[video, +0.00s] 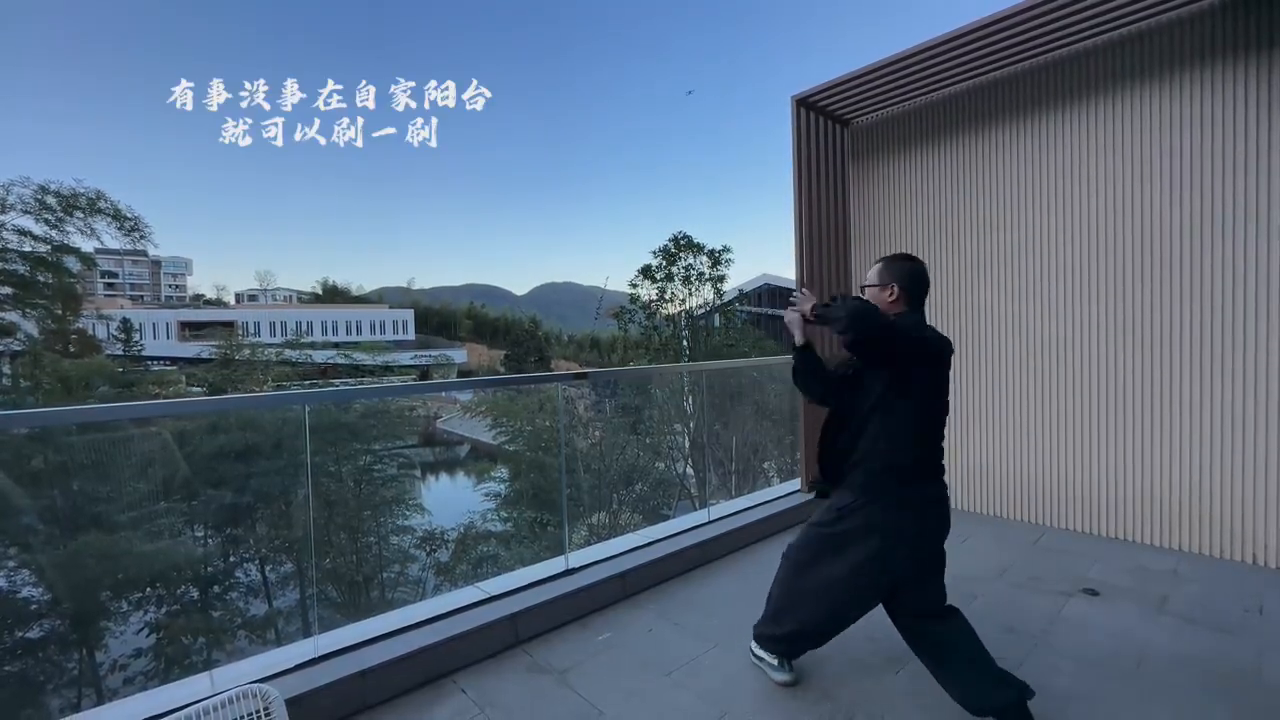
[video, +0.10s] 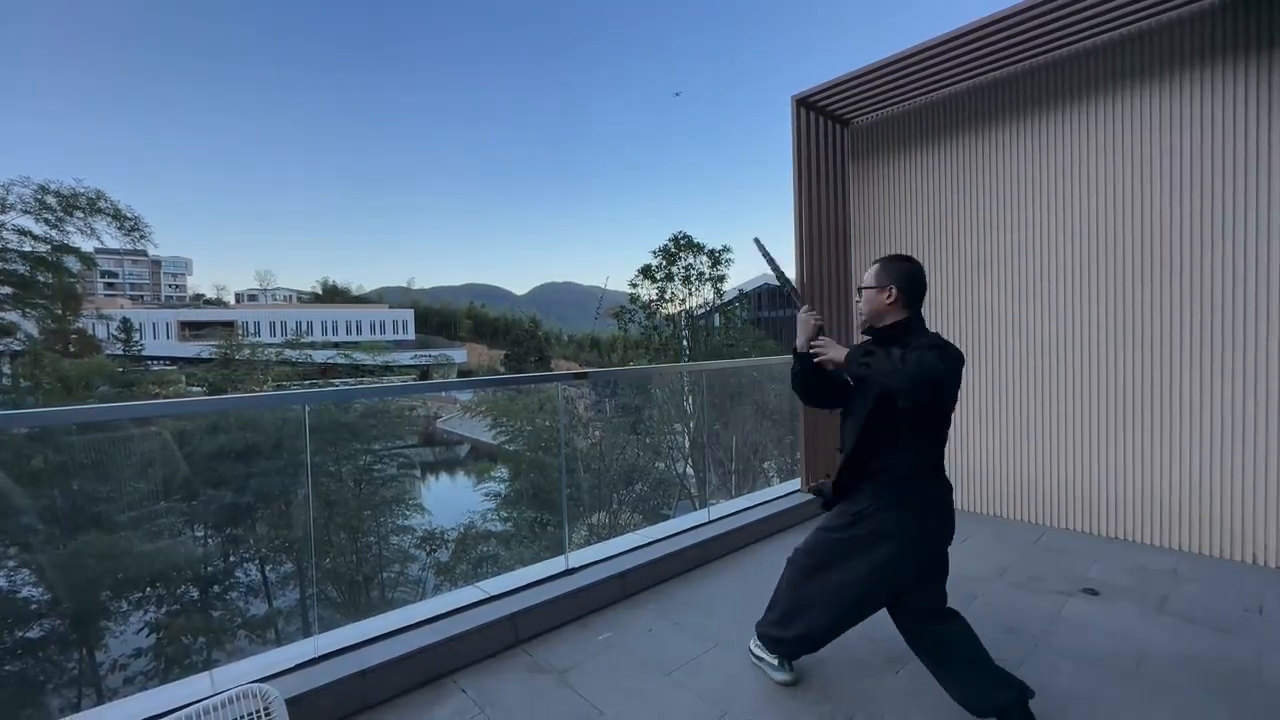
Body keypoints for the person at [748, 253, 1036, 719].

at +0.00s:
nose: (864, 298)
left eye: (870, 290)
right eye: (865, 291)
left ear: (892, 294)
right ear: (900, 298)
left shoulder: (920, 341)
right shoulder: (880, 352)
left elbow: (865, 327)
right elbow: (830, 392)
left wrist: (825, 309)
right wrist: (801, 344)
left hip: (875, 498)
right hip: (916, 501)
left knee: (807, 559)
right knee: (924, 613)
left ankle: (773, 644)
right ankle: (1006, 704)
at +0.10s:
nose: (858, 300)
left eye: (865, 291)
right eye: (860, 292)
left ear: (891, 296)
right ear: (896, 298)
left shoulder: (938, 354)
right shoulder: (870, 356)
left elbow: (912, 379)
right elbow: (817, 392)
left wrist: (848, 357)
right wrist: (804, 347)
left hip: (892, 504)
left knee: (811, 562)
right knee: (925, 618)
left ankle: (775, 646)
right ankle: (1007, 705)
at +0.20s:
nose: (852, 301)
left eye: (859, 294)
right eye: (855, 293)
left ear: (882, 301)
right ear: (884, 303)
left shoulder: (941, 370)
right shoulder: (863, 358)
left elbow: (932, 441)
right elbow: (819, 407)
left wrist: (858, 419)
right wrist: (808, 377)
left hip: (913, 511)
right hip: (871, 499)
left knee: (814, 562)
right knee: (926, 620)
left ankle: (776, 646)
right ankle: (1007, 705)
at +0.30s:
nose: (844, 305)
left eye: (848, 297)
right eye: (846, 297)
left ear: (865, 304)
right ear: (893, 305)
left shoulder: (903, 373)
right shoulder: (874, 357)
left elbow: (888, 466)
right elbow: (843, 413)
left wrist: (818, 448)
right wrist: (809, 399)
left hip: (890, 518)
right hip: (926, 517)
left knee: (808, 556)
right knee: (936, 618)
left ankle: (775, 644)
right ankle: (1013, 705)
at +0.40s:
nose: (834, 297)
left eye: (836, 291)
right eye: (838, 290)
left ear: (840, 300)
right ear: (887, 295)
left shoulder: (853, 363)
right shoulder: (918, 335)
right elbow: (869, 384)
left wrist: (793, 400)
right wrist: (813, 378)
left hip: (866, 508)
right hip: (928, 505)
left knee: (805, 546)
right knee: (953, 606)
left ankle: (773, 644)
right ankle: (1017, 702)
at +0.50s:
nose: (876, 289)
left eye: (874, 280)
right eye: (867, 281)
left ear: (828, 289)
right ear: (847, 288)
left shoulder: (811, 344)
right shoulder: (876, 327)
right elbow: (915, 319)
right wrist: (886, 302)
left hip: (839, 495)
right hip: (903, 491)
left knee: (813, 565)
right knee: (963, 579)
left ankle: (771, 644)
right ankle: (986, 693)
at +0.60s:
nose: (875, 293)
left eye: (874, 284)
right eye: (869, 285)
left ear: (834, 293)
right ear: (840, 291)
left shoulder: (817, 340)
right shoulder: (857, 340)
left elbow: (896, 354)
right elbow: (921, 356)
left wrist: (953, 323)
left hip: (834, 492)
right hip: (878, 494)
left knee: (816, 574)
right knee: (961, 580)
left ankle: (761, 646)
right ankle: (988, 701)